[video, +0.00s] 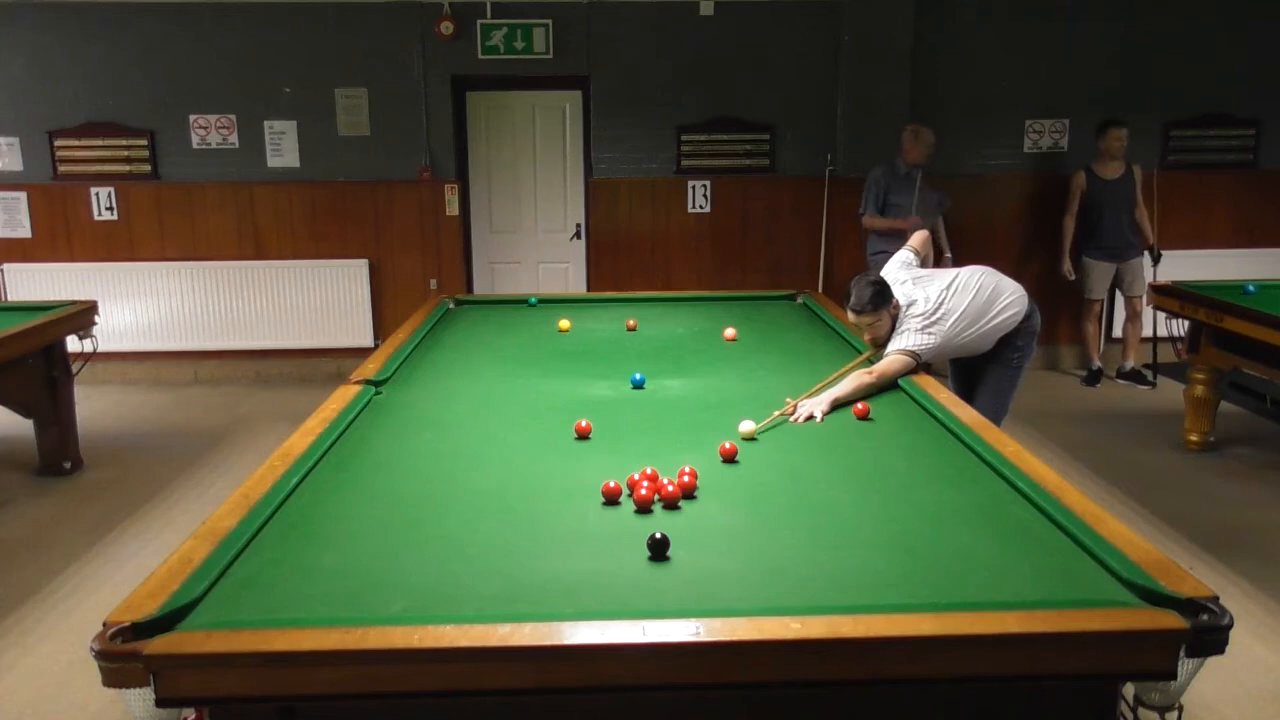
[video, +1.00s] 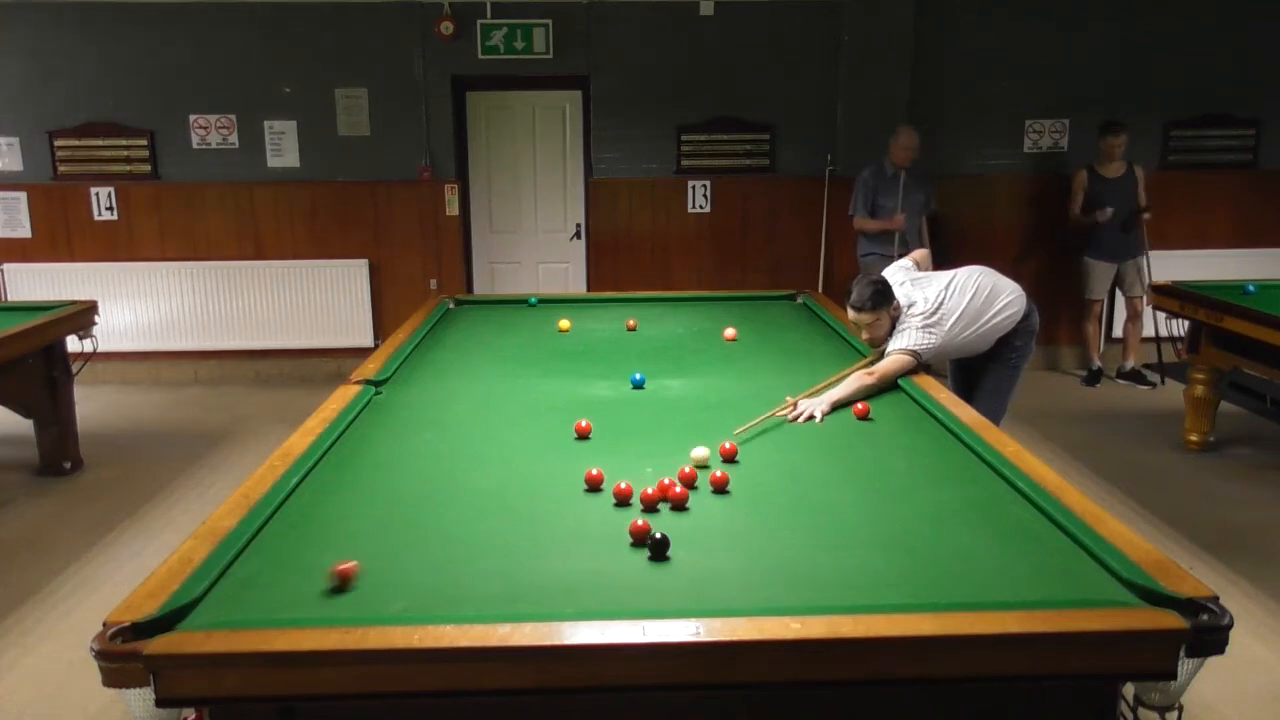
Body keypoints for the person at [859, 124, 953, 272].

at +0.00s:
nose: (929, 152)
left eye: (930, 147)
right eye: (925, 146)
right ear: (909, 145)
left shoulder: (926, 179)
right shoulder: (881, 175)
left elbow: (936, 217)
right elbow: (868, 220)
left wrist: (946, 254)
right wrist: (905, 224)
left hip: (918, 258)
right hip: (884, 257)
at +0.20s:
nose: (929, 152)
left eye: (931, 147)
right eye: (925, 146)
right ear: (909, 144)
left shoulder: (928, 179)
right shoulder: (881, 175)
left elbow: (937, 218)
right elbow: (868, 220)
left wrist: (946, 255)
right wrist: (901, 222)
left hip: (920, 259)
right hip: (885, 257)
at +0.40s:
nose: (927, 152)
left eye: (929, 147)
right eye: (923, 146)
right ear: (906, 145)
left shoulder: (927, 179)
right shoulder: (880, 175)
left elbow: (935, 220)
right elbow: (867, 220)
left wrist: (942, 255)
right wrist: (898, 223)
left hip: (918, 259)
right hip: (883, 258)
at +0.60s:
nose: (920, 153)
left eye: (921, 149)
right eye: (915, 148)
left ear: (923, 150)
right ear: (900, 146)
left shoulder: (921, 179)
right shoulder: (875, 176)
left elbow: (928, 221)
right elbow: (863, 221)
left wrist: (934, 254)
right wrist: (895, 224)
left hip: (913, 257)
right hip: (880, 256)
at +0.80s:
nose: (914, 155)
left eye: (916, 150)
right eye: (910, 149)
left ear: (918, 151)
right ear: (895, 146)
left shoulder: (916, 179)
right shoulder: (871, 176)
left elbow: (920, 219)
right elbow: (859, 222)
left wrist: (925, 253)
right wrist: (892, 224)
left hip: (909, 256)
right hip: (876, 256)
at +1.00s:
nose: (909, 154)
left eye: (913, 150)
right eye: (904, 149)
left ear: (917, 152)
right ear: (892, 147)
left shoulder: (917, 179)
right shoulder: (871, 177)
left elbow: (922, 220)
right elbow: (858, 222)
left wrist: (925, 255)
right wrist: (890, 224)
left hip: (909, 256)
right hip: (876, 256)